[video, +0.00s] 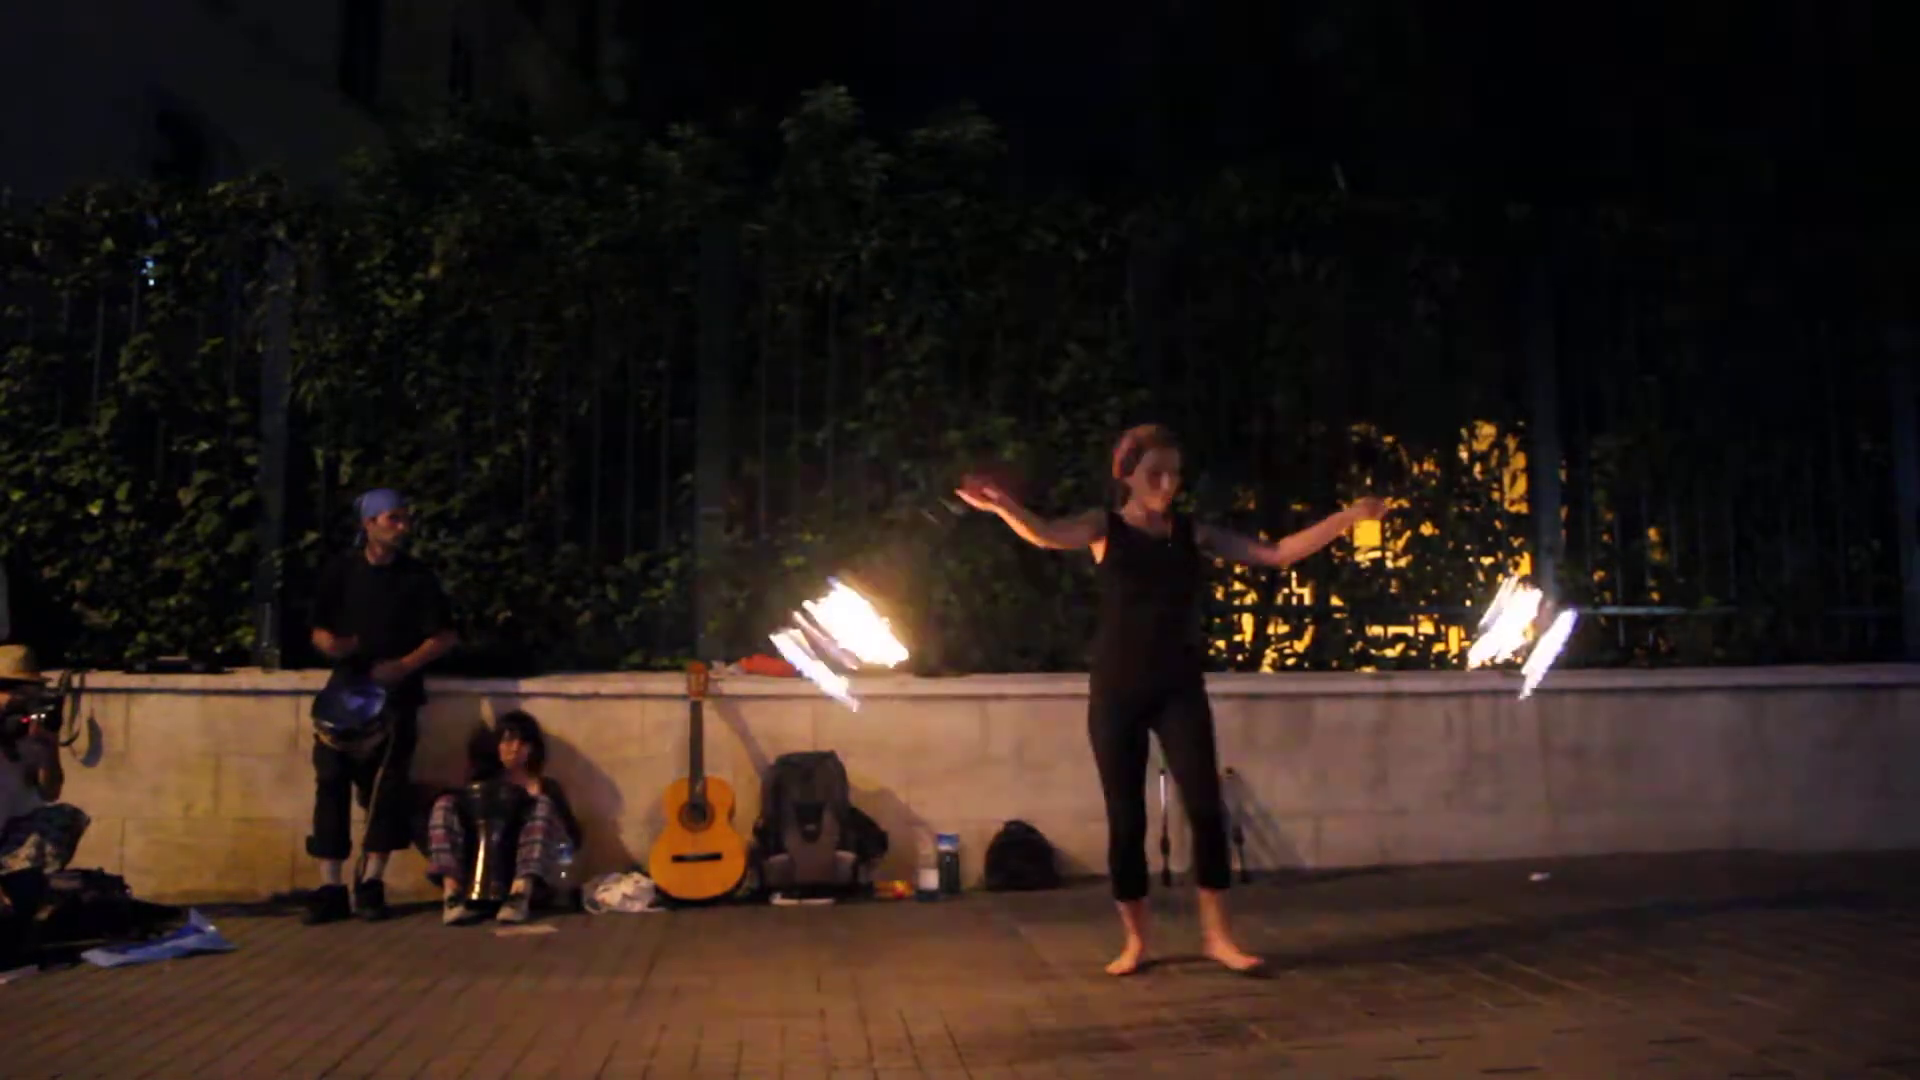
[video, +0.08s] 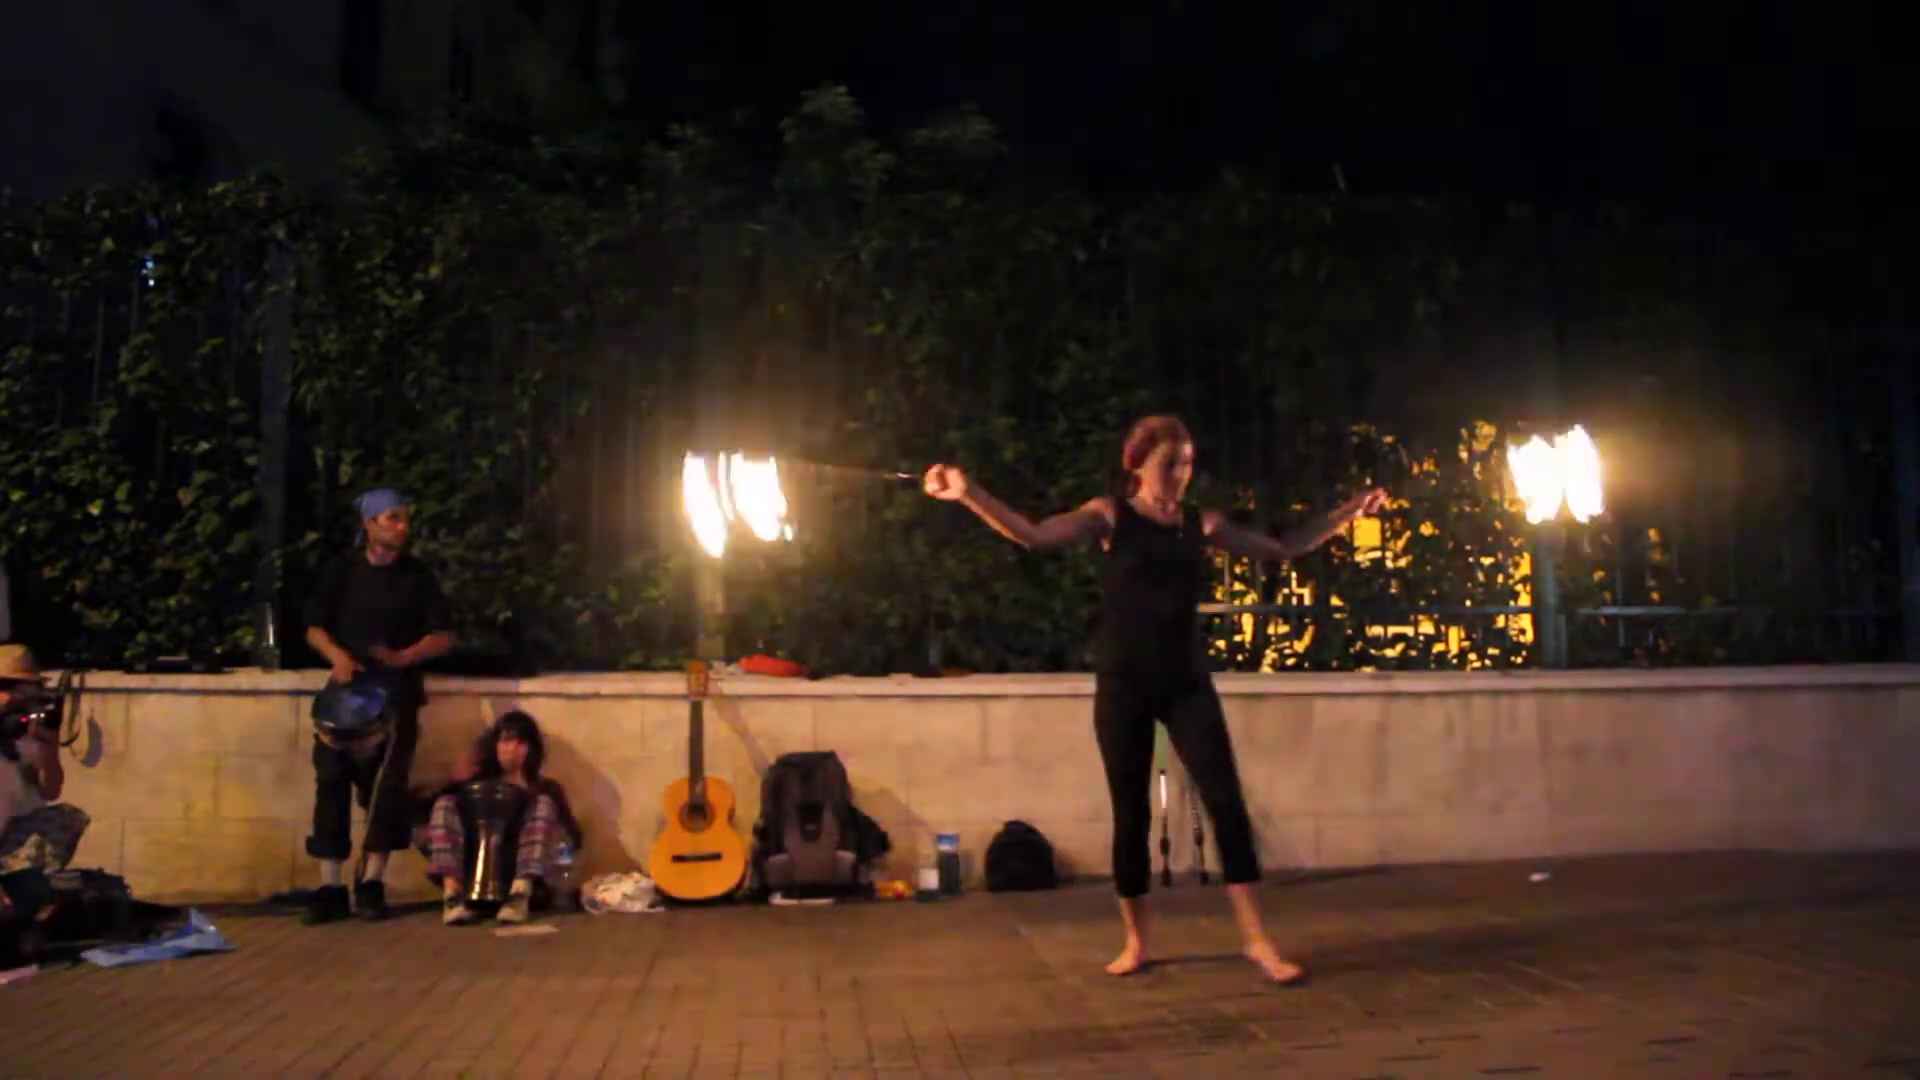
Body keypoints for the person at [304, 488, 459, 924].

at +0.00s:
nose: (402, 526)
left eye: (404, 519)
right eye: (393, 519)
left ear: (405, 525)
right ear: (369, 524)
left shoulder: (417, 576)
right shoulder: (341, 572)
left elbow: (445, 637)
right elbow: (318, 631)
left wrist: (402, 666)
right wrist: (336, 645)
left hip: (396, 693)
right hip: (346, 690)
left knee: (388, 783)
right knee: (331, 781)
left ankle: (371, 881)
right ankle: (331, 883)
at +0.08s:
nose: (402, 527)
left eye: (404, 520)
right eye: (392, 519)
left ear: (407, 526)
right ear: (368, 524)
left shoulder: (417, 575)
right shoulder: (340, 571)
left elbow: (443, 636)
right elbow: (314, 627)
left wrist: (401, 657)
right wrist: (338, 658)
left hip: (397, 692)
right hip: (345, 689)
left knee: (387, 784)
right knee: (331, 782)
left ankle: (371, 880)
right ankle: (332, 882)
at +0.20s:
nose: (403, 525)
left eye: (406, 518)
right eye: (394, 518)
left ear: (410, 525)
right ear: (369, 523)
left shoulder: (418, 577)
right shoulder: (341, 572)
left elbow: (444, 636)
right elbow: (310, 627)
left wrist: (403, 669)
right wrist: (331, 644)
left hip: (395, 695)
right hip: (344, 692)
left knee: (388, 786)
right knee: (331, 784)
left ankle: (371, 880)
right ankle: (332, 882)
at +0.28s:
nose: (403, 525)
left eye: (406, 518)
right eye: (394, 518)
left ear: (407, 525)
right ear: (370, 523)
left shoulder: (418, 576)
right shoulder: (341, 571)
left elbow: (444, 636)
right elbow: (311, 629)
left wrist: (408, 665)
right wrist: (332, 640)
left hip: (395, 694)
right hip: (344, 690)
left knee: (388, 785)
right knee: (331, 783)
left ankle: (371, 881)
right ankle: (332, 883)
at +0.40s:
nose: (404, 525)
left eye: (407, 518)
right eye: (395, 518)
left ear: (408, 525)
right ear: (370, 522)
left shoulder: (418, 576)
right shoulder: (341, 571)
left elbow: (443, 637)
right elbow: (315, 632)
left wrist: (407, 669)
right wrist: (336, 645)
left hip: (395, 694)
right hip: (345, 691)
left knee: (389, 786)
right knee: (331, 783)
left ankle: (371, 881)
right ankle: (331, 883)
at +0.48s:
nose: (404, 525)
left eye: (407, 518)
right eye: (395, 518)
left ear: (408, 525)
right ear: (370, 522)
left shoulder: (418, 576)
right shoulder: (340, 572)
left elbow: (444, 636)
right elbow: (318, 631)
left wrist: (404, 667)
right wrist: (338, 660)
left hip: (395, 695)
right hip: (344, 692)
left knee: (389, 784)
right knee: (331, 783)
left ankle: (371, 881)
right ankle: (331, 883)